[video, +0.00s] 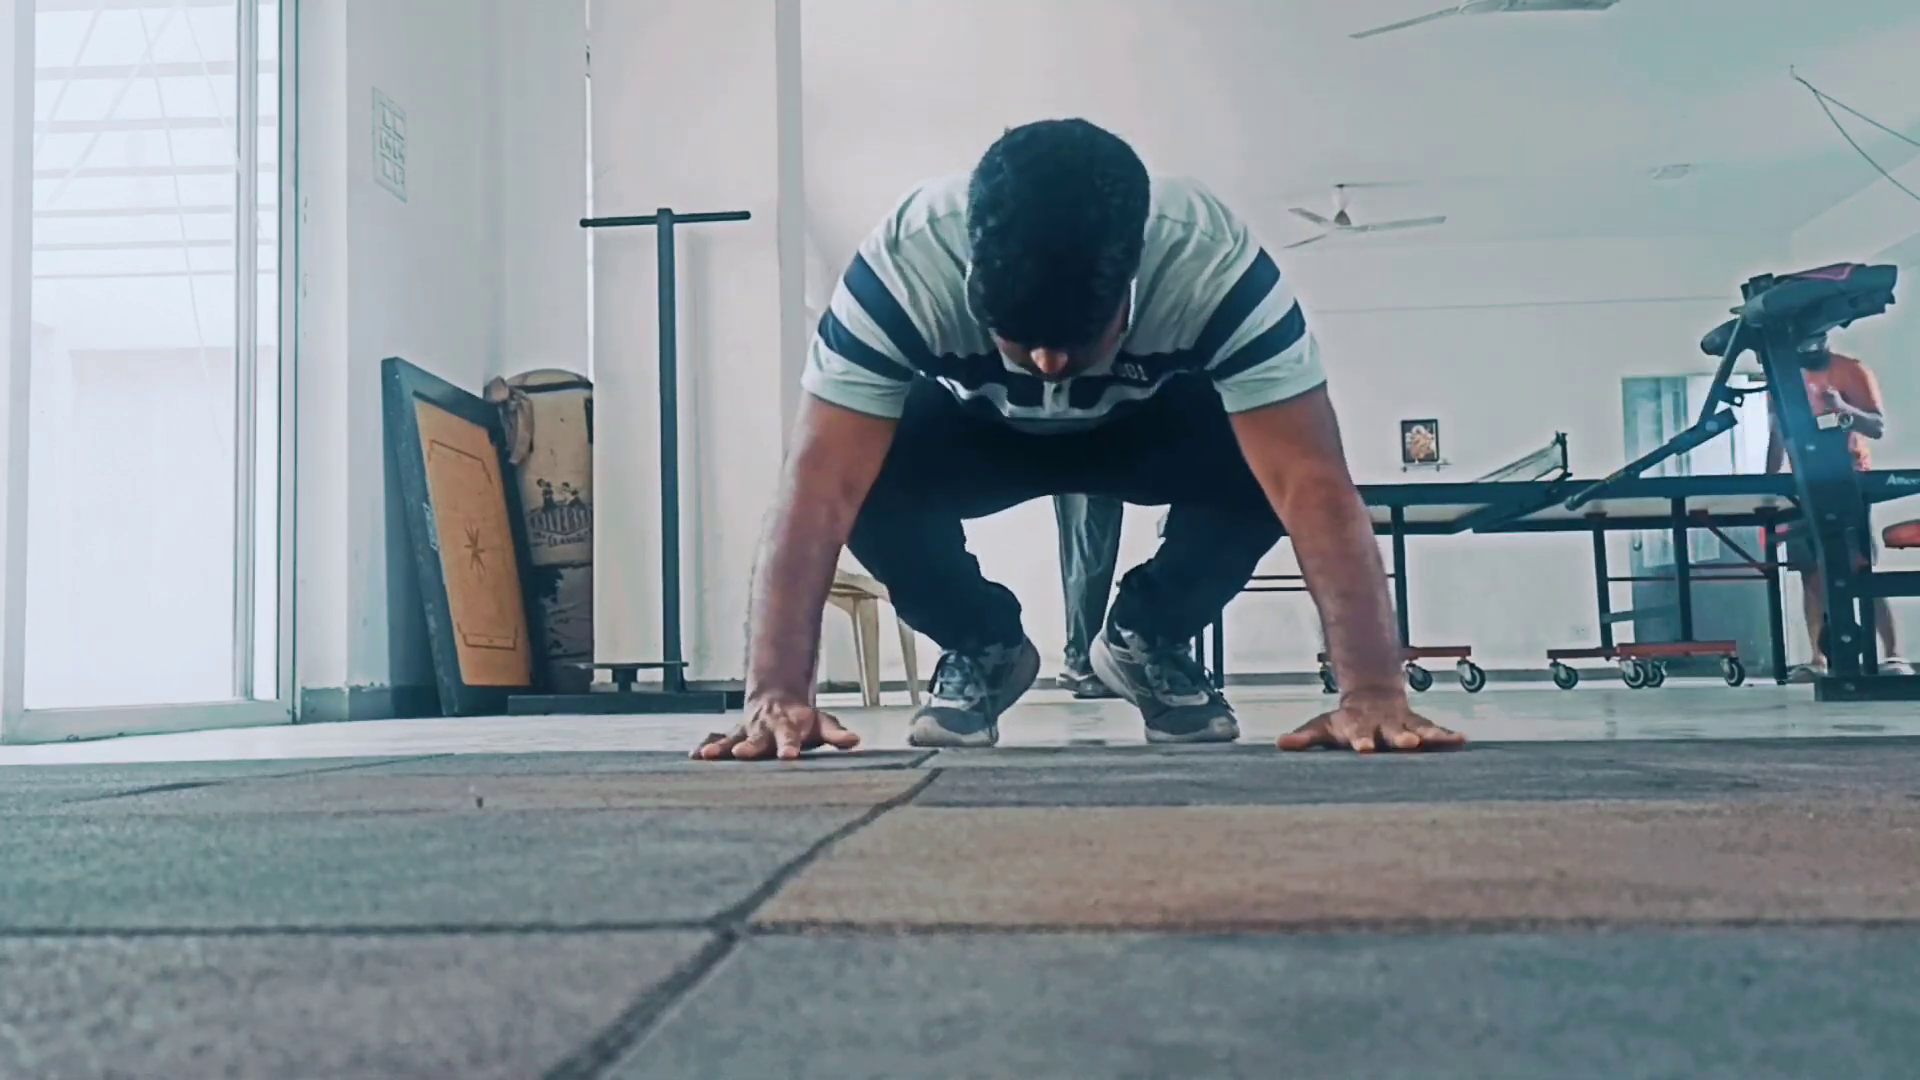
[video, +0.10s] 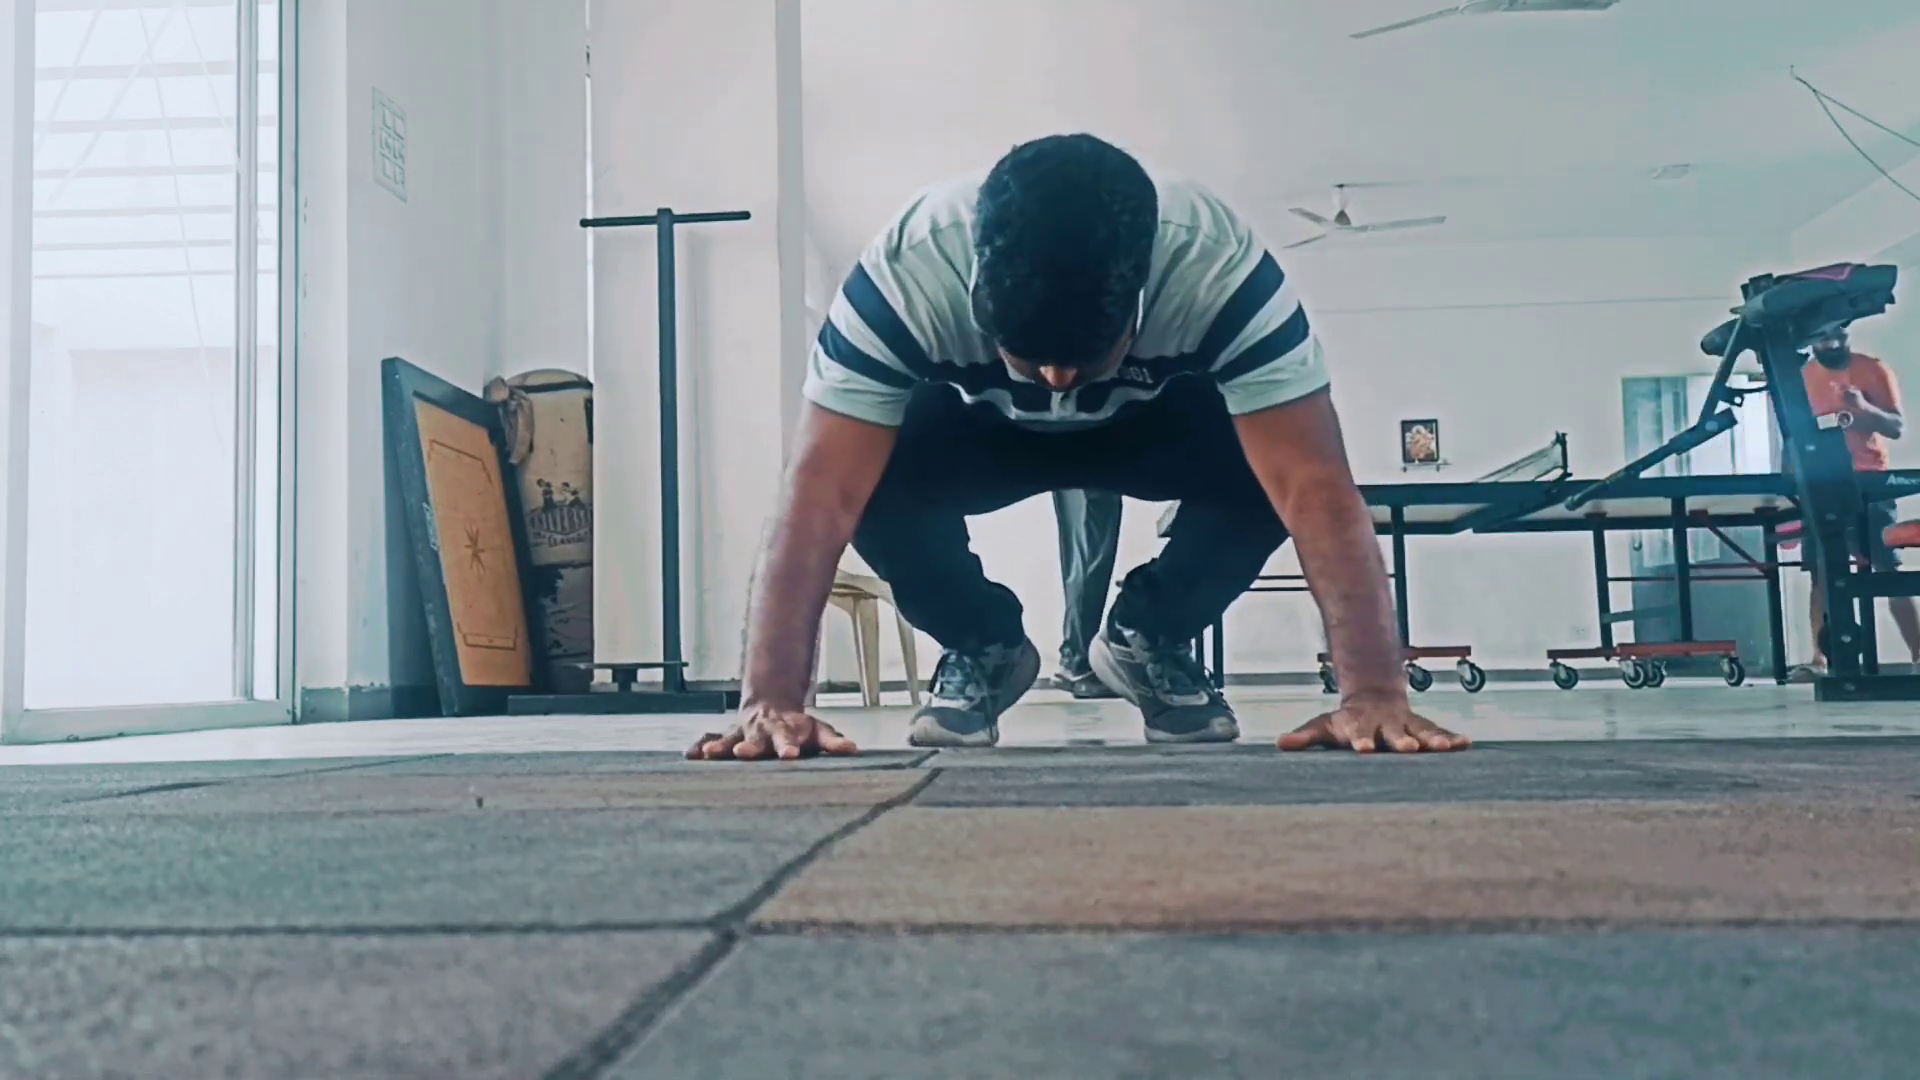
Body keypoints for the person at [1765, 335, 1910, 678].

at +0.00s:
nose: (1811, 346)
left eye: (1816, 337)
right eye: (1803, 340)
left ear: (1826, 335)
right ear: (1792, 344)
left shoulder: (1851, 370)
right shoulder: (1783, 381)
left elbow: (1877, 427)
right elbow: (1776, 440)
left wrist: (1844, 407)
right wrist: (1770, 489)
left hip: (1850, 484)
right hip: (1805, 488)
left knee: (1864, 574)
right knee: (1811, 577)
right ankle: (1819, 660)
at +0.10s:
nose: (1829, 343)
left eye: (1835, 334)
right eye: (1820, 336)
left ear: (1847, 332)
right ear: (1810, 341)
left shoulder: (1873, 370)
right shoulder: (1802, 378)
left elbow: (1895, 427)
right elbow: (1790, 432)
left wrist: (1863, 408)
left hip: (1869, 483)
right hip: (1821, 486)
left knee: (1891, 575)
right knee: (1822, 574)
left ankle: (1916, 655)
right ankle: (1821, 659)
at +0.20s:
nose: (1855, 341)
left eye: (1861, 333)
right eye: (1846, 335)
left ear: (1870, 332)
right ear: (1831, 337)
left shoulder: (1895, 370)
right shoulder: (1815, 377)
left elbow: (1916, 426)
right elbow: (1798, 431)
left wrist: (1890, 409)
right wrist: (1823, 430)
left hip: (1891, 481)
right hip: (1838, 485)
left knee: (1910, 574)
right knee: (1832, 573)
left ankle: (1918, 659)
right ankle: (1824, 658)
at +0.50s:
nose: (1895, 335)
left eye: (1901, 326)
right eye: (1885, 327)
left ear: (1912, 322)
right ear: (1871, 325)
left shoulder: (1918, 357)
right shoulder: (1853, 365)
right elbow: (1838, 424)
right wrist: (1834, 467)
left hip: (1915, 477)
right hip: (1870, 481)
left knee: (1918, 570)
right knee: (1869, 572)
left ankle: (1916, 653)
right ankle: (1887, 652)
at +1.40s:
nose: (1915, 293)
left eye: (1915, 287)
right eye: (1916, 286)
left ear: (1913, 289)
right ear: (1916, 289)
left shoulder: (1897, 345)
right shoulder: (1897, 344)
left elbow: (1886, 418)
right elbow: (1886, 418)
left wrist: (1888, 475)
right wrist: (1887, 475)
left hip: (1912, 471)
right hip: (1912, 472)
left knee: (1914, 568)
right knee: (1914, 568)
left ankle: (1918, 649)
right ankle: (1917, 649)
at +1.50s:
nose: (1917, 284)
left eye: (1917, 277)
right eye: (1917, 276)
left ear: (1916, 281)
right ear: (1914, 280)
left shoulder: (1905, 340)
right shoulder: (1904, 340)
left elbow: (1900, 417)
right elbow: (1900, 417)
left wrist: (1904, 473)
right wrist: (1904, 474)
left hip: (1919, 474)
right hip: (1919, 475)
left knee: (1916, 566)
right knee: (1915, 565)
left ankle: (1918, 643)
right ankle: (1917, 643)